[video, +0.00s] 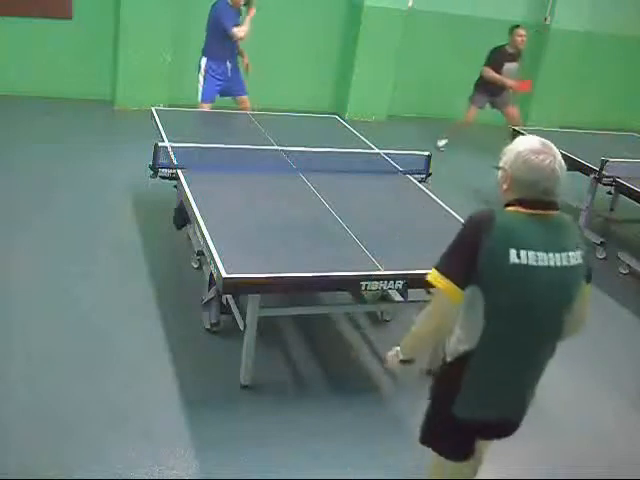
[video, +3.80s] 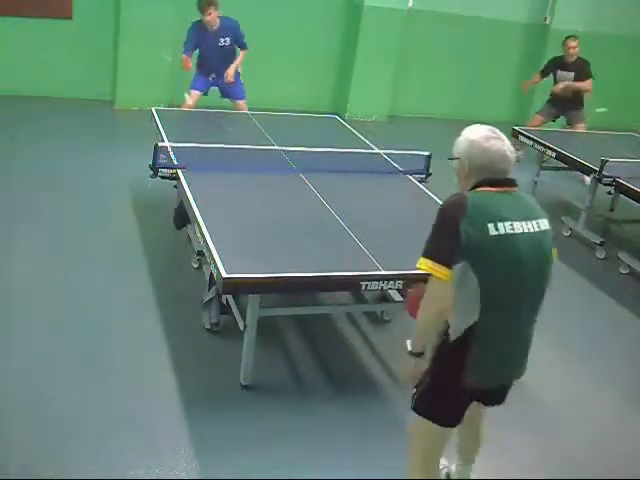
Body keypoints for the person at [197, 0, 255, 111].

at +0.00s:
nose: (242, 3)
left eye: (243, 1)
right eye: (241, 1)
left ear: (243, 2)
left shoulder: (236, 10)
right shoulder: (220, 7)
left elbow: (232, 40)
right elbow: (238, 34)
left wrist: (243, 56)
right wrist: (249, 16)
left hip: (230, 61)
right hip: (212, 61)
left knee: (244, 104)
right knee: (205, 107)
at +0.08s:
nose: (240, 3)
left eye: (242, 2)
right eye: (239, 1)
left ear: (241, 1)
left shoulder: (239, 9)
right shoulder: (217, 6)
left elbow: (234, 38)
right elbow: (222, 37)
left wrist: (243, 56)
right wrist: (244, 28)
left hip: (231, 61)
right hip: (212, 61)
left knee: (247, 105)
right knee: (203, 107)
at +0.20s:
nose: (244, 7)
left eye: (246, 5)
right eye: (243, 4)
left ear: (246, 4)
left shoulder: (243, 11)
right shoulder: (214, 5)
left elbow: (242, 38)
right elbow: (201, 29)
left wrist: (245, 56)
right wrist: (197, 46)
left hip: (233, 65)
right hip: (210, 64)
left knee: (248, 107)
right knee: (200, 106)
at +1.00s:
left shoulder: (245, 3)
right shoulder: (209, 2)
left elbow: (248, 25)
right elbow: (196, 22)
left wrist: (241, 39)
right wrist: (208, 37)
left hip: (232, 52)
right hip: (209, 51)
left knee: (241, 93)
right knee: (196, 91)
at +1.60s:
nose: (224, 2)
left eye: (227, 0)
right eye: (222, 0)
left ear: (231, 1)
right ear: (218, 0)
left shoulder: (240, 14)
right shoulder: (203, 13)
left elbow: (247, 38)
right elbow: (194, 40)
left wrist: (238, 52)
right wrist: (207, 43)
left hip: (227, 65)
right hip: (202, 64)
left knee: (239, 102)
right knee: (188, 101)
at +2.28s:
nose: (211, 13)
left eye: (214, 9)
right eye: (208, 9)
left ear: (219, 9)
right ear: (202, 8)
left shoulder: (227, 23)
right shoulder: (192, 22)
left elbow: (235, 44)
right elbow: (181, 52)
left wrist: (227, 63)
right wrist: (197, 50)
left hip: (215, 67)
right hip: (191, 66)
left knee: (232, 103)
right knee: (179, 101)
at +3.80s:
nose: (207, 19)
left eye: (209, 14)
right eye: (204, 15)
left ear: (216, 12)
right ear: (200, 15)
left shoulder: (231, 25)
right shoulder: (196, 28)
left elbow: (243, 49)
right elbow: (188, 49)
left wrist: (232, 68)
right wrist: (187, 60)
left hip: (228, 72)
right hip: (204, 73)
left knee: (241, 107)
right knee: (188, 104)